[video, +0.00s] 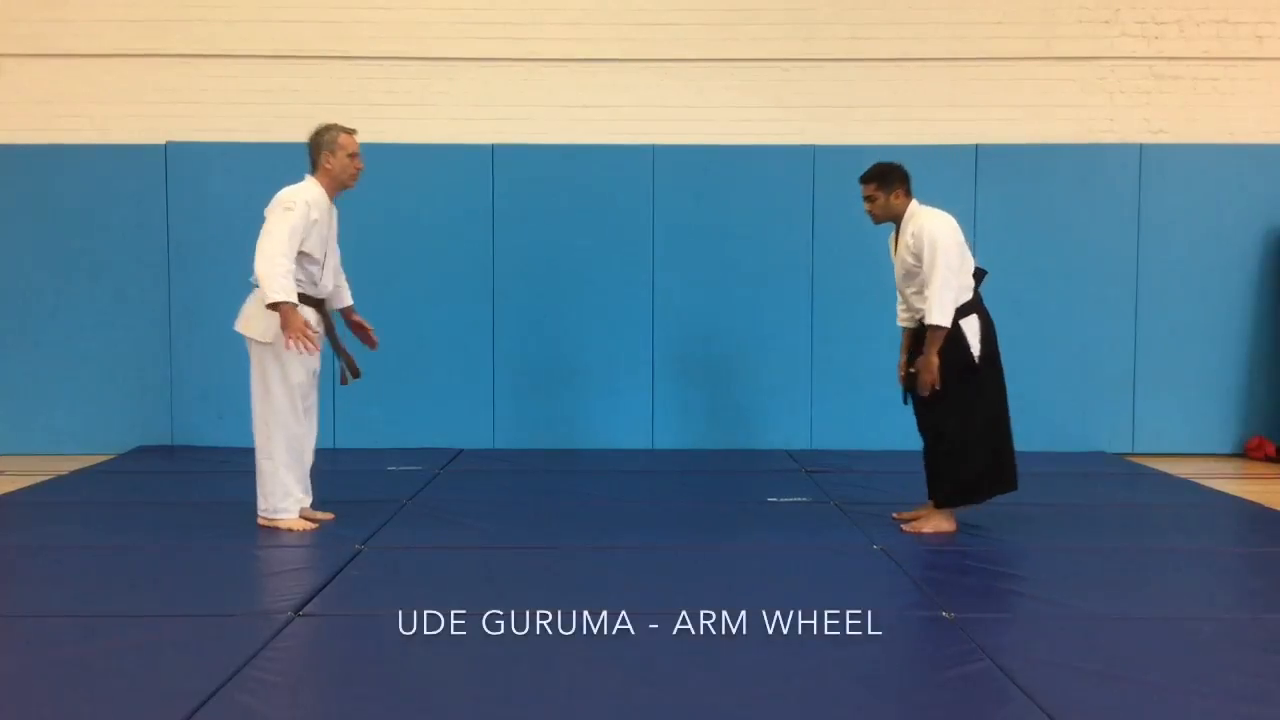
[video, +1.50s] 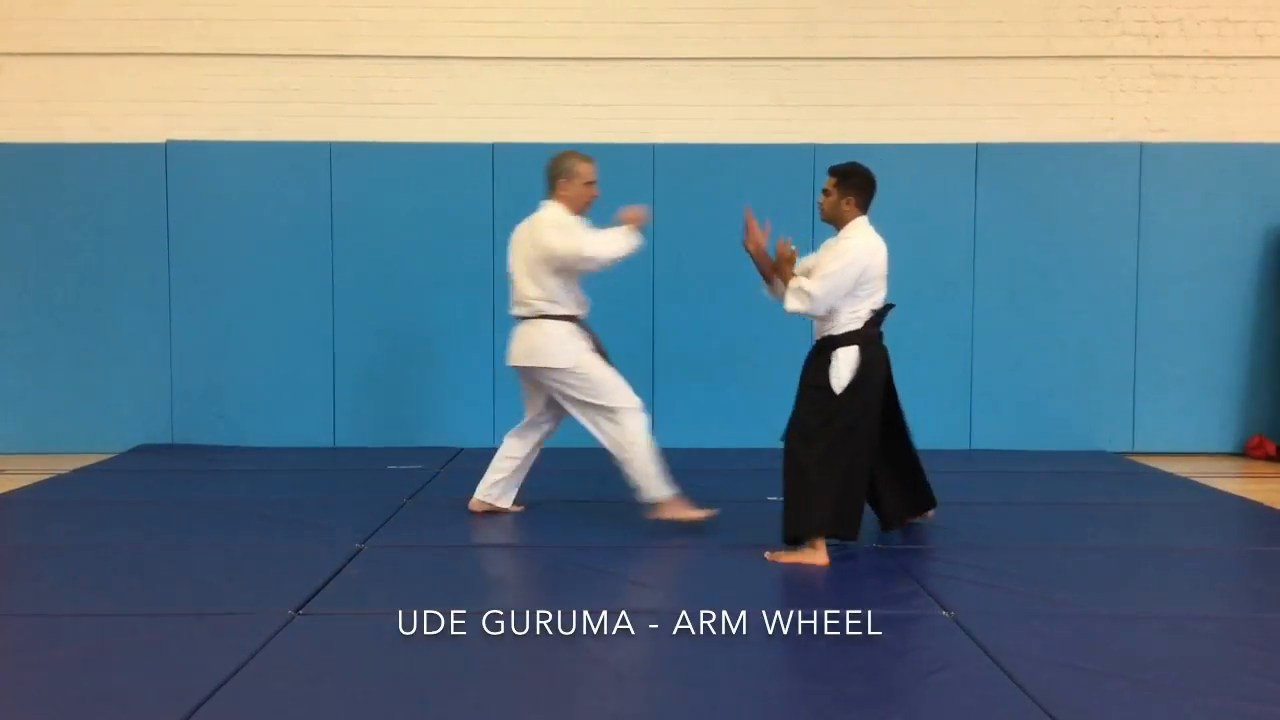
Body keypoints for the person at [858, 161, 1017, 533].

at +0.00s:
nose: (867, 207)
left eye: (872, 199)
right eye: (865, 200)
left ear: (898, 195)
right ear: (893, 198)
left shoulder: (936, 226)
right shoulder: (900, 235)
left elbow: (943, 293)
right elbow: (907, 300)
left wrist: (931, 354)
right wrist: (906, 353)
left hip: (957, 332)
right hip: (931, 332)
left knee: (948, 420)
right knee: (933, 420)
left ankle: (945, 512)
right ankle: (936, 504)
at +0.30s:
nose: (872, 193)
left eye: (878, 186)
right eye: (872, 186)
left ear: (903, 187)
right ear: (899, 188)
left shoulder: (931, 222)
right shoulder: (907, 226)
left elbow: (929, 290)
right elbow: (913, 289)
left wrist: (903, 342)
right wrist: (901, 341)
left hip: (946, 330)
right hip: (927, 329)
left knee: (939, 417)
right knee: (927, 416)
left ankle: (944, 511)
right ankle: (936, 503)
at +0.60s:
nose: (896, 181)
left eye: (903, 174)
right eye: (897, 174)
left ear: (927, 178)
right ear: (925, 179)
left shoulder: (937, 219)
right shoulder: (929, 216)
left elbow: (887, 254)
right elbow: (912, 268)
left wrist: (828, 242)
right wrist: (885, 274)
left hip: (927, 324)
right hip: (922, 320)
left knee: (900, 404)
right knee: (910, 404)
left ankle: (926, 499)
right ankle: (928, 498)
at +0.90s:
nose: (886, 181)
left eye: (892, 175)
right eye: (887, 174)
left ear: (916, 179)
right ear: (915, 180)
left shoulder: (919, 219)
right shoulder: (926, 215)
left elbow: (868, 247)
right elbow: (890, 274)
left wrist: (819, 224)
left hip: (906, 325)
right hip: (922, 322)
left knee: (876, 406)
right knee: (925, 409)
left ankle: (875, 508)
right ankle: (936, 501)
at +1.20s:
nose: (860, 191)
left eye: (867, 185)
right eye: (861, 184)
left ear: (892, 191)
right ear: (890, 191)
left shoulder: (895, 231)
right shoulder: (904, 226)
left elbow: (863, 284)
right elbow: (879, 291)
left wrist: (820, 267)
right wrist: (838, 298)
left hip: (887, 337)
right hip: (905, 333)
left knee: (851, 417)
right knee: (915, 417)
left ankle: (833, 511)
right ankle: (934, 498)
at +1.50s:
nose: (820, 198)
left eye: (827, 193)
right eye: (823, 192)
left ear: (848, 200)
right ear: (851, 202)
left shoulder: (856, 245)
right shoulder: (849, 240)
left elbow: (818, 300)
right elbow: (794, 287)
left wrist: (787, 270)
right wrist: (761, 259)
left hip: (842, 355)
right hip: (858, 351)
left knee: (806, 443)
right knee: (872, 433)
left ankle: (813, 545)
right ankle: (911, 503)